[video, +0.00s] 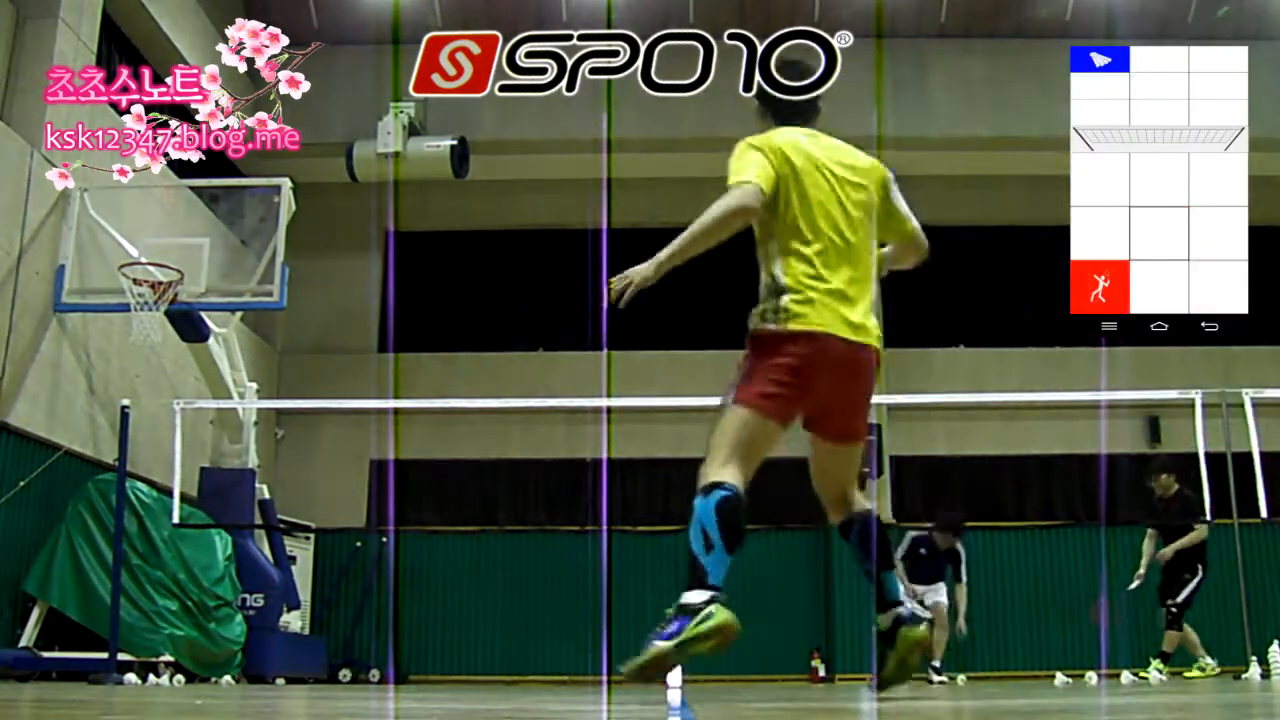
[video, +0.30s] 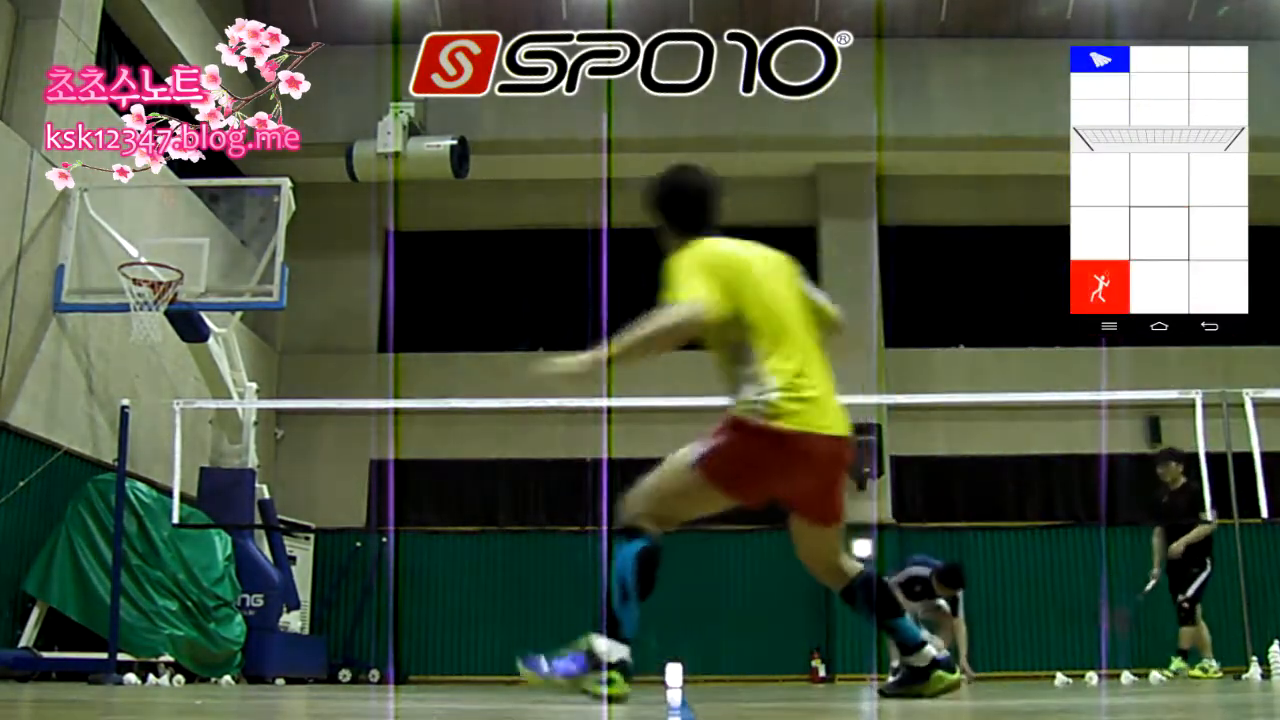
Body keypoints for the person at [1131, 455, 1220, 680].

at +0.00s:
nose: (1154, 484)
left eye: (1158, 479)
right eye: (1153, 480)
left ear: (1171, 477)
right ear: (1153, 482)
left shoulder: (1189, 499)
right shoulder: (1158, 504)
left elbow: (1202, 530)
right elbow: (1151, 537)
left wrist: (1172, 548)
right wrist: (1143, 567)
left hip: (1193, 562)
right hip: (1171, 563)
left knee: (1175, 608)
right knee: (1171, 614)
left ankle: (1161, 663)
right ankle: (1205, 659)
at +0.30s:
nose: (1161, 471)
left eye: (1165, 466)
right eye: (1159, 467)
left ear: (1178, 466)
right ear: (1158, 470)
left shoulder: (1196, 491)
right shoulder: (1162, 497)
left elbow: (1210, 522)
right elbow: (1159, 532)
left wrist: (1183, 541)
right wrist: (1157, 566)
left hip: (1198, 557)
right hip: (1175, 558)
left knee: (1185, 603)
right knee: (1190, 610)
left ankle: (1181, 657)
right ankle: (1209, 660)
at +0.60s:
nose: (1155, 475)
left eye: (1158, 470)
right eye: (1153, 471)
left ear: (1171, 469)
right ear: (1153, 472)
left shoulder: (1186, 491)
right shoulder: (1160, 496)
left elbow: (1182, 523)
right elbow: (1158, 535)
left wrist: (1151, 531)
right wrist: (1158, 569)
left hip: (1192, 557)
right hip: (1172, 560)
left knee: (1182, 605)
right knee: (1191, 611)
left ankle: (1178, 659)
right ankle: (1208, 660)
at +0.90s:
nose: (1133, 480)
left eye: (1135, 474)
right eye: (1131, 476)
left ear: (1148, 471)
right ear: (1138, 474)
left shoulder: (1161, 493)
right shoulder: (1146, 494)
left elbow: (1142, 523)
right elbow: (1149, 533)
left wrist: (1106, 529)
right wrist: (1148, 564)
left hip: (1177, 559)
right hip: (1161, 560)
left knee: (1163, 606)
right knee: (1170, 613)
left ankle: (1167, 663)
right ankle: (1201, 656)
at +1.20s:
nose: (1122, 473)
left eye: (1125, 468)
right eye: (1121, 468)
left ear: (1137, 467)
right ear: (1133, 468)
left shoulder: (1148, 489)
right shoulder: (1143, 488)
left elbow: (1126, 516)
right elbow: (1153, 526)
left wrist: (1093, 525)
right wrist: (1148, 554)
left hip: (1167, 556)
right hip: (1156, 556)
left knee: (1157, 604)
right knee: (1153, 605)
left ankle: (1167, 660)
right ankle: (1157, 658)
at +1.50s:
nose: (1125, 473)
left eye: (1129, 468)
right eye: (1124, 469)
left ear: (1142, 468)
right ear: (1135, 470)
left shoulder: (1150, 491)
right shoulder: (1140, 491)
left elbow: (1126, 524)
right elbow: (1125, 523)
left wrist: (1093, 529)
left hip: (1166, 558)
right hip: (1150, 558)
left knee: (1159, 607)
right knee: (1147, 608)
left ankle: (1168, 661)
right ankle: (1155, 660)